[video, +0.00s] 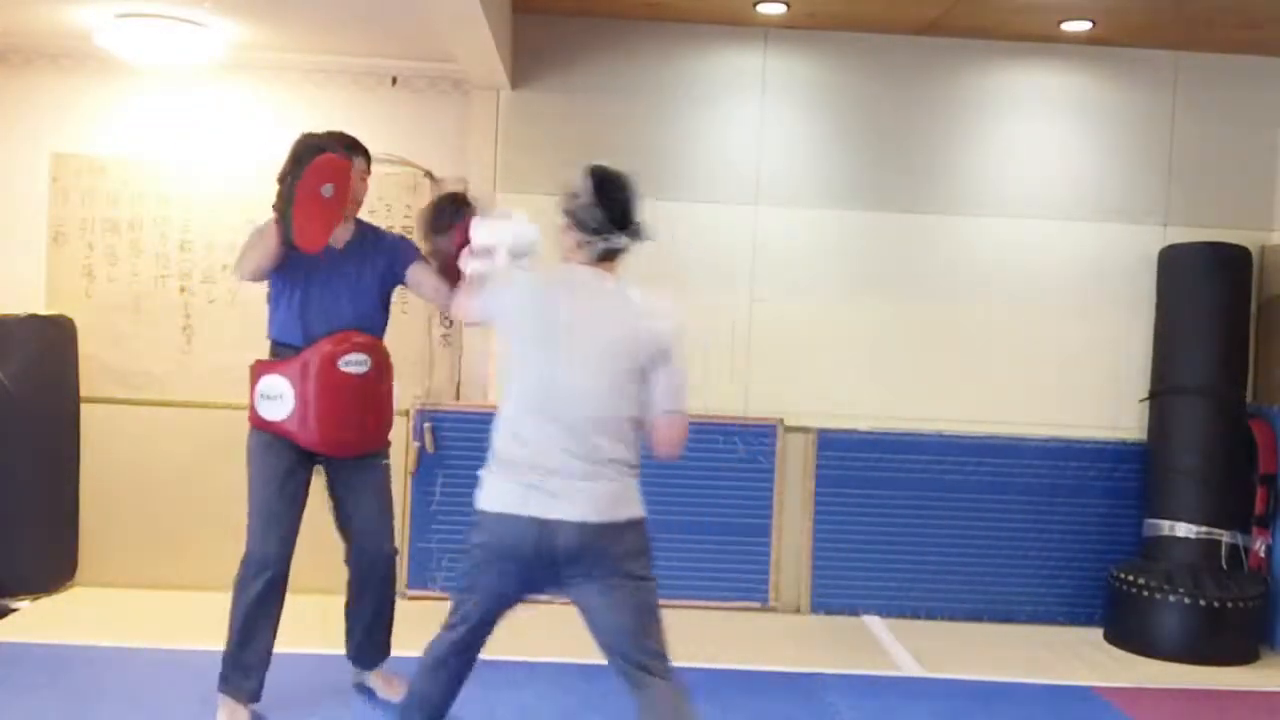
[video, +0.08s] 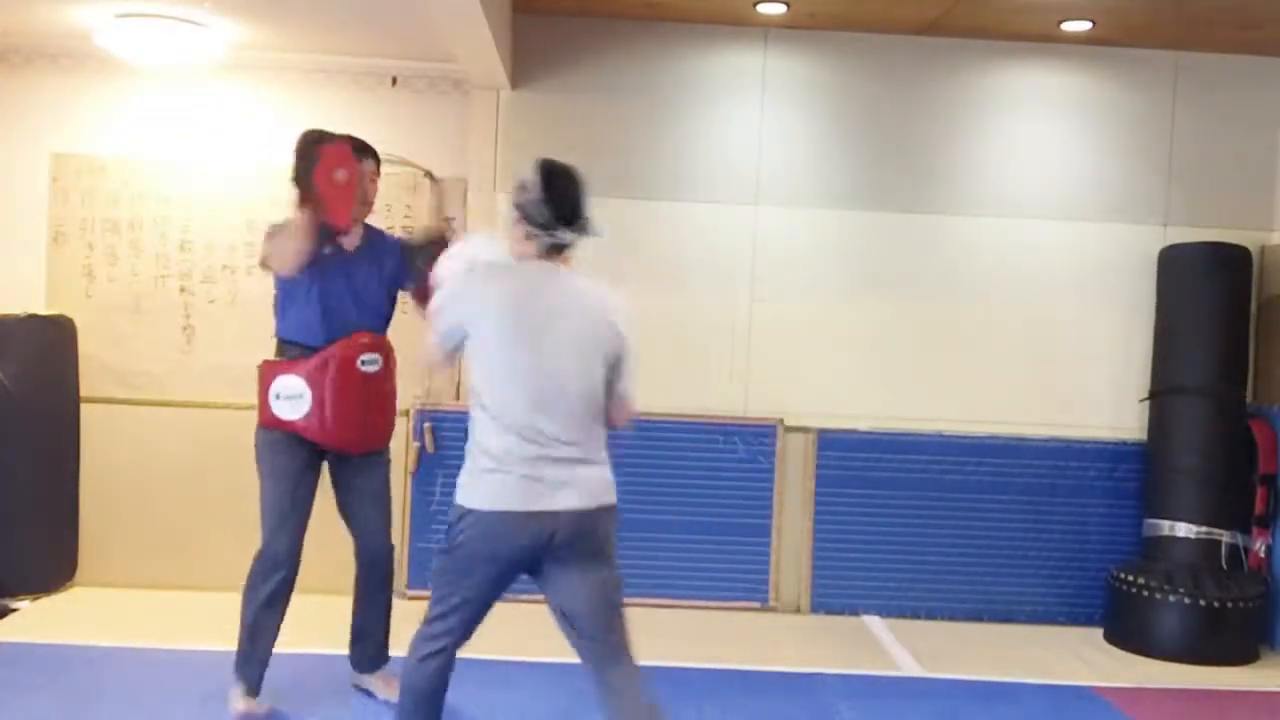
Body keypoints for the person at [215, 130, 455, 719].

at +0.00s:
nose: (351, 188)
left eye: (359, 177)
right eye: (339, 176)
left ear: (366, 184)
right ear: (308, 180)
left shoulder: (385, 247)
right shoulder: (284, 237)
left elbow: (451, 298)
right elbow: (249, 269)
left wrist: (471, 252)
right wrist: (292, 213)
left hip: (357, 407)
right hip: (284, 403)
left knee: (376, 548)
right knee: (268, 552)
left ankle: (368, 665)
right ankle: (236, 693)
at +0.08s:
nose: (355, 186)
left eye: (363, 176)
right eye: (344, 175)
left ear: (373, 184)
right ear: (315, 182)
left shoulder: (390, 250)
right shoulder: (292, 237)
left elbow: (439, 302)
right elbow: (285, 261)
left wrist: (447, 263)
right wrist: (312, 205)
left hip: (361, 409)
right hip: (292, 406)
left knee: (376, 547)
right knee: (280, 548)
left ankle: (368, 666)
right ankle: (246, 683)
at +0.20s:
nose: (369, 195)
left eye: (376, 185)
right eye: (358, 182)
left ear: (379, 194)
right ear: (327, 185)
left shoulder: (383, 252)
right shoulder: (299, 236)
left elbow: (419, 297)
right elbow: (334, 271)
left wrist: (423, 225)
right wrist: (376, 226)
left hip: (352, 409)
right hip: (290, 406)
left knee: (365, 542)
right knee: (292, 543)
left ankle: (372, 665)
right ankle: (257, 652)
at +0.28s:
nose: (364, 206)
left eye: (369, 197)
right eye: (353, 195)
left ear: (368, 201)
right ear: (320, 196)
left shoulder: (351, 260)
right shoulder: (299, 244)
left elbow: (369, 337)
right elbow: (327, 285)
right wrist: (390, 255)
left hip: (339, 426)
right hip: (287, 422)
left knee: (374, 529)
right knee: (279, 543)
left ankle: (370, 658)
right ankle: (246, 656)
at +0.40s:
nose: (363, 208)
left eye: (369, 198)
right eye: (353, 197)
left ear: (369, 203)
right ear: (321, 199)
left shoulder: (343, 263)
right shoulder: (302, 255)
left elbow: (342, 334)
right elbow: (301, 333)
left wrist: (379, 356)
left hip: (333, 422)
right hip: (295, 421)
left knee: (378, 516)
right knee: (291, 537)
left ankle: (363, 634)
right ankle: (245, 654)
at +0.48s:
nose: (367, 209)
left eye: (372, 200)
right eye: (357, 198)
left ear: (371, 204)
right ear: (326, 199)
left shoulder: (342, 260)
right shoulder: (309, 256)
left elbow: (337, 333)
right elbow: (306, 334)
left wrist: (378, 356)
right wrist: (373, 354)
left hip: (332, 407)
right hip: (300, 411)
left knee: (371, 512)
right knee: (297, 534)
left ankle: (355, 622)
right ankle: (247, 655)